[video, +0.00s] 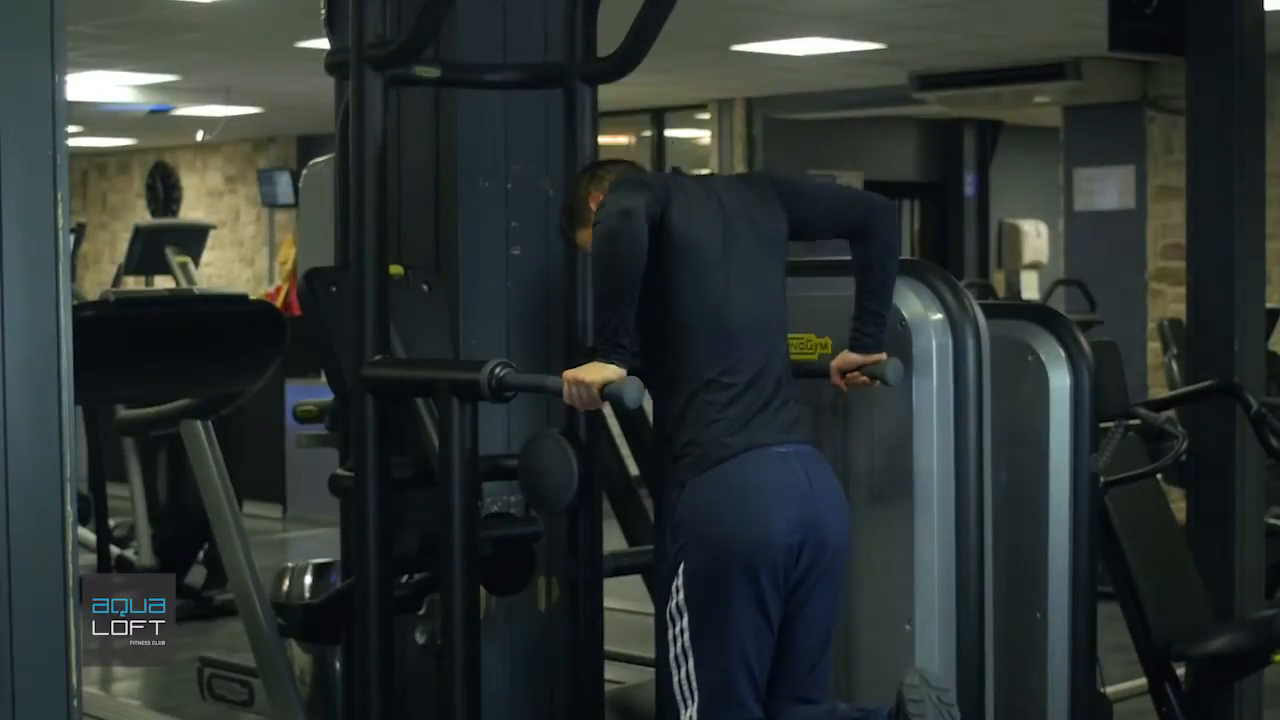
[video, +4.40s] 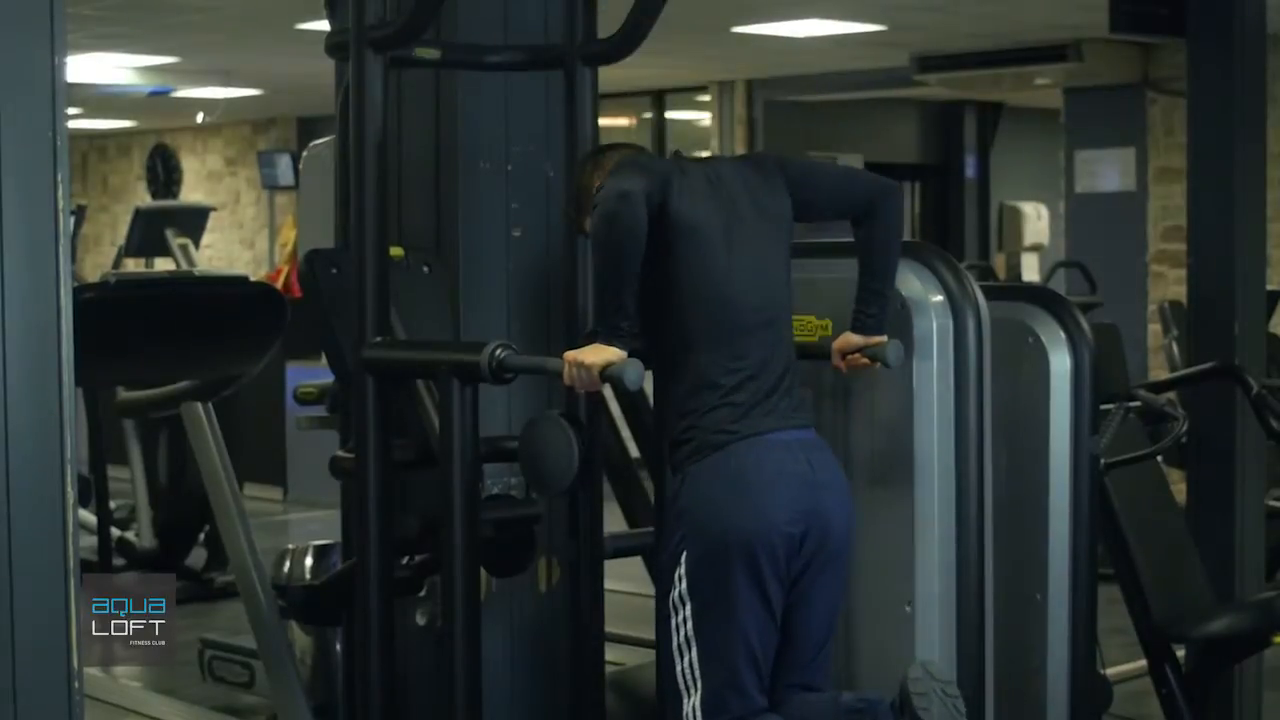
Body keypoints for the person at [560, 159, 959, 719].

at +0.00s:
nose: (591, 244)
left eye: (588, 233)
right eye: (585, 241)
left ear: (601, 200)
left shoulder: (634, 189)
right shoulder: (755, 191)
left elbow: (621, 226)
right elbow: (876, 214)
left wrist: (610, 353)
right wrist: (868, 343)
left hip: (723, 488)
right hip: (808, 472)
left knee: (715, 704)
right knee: (799, 701)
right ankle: (899, 710)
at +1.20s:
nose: (612, 140)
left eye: (604, 124)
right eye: (604, 131)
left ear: (616, 89)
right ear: (673, 72)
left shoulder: (647, 106)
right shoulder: (772, 111)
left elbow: (638, 217)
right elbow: (861, 209)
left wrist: (612, 351)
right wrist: (866, 340)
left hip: (715, 398)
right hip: (804, 386)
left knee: (699, 650)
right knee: (771, 616)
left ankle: (870, 700)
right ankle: (867, 633)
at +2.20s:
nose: (595, 225)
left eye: (591, 215)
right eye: (589, 220)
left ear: (604, 189)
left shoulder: (638, 183)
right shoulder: (759, 184)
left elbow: (619, 224)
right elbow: (877, 210)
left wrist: (613, 348)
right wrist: (870, 338)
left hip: (723, 489)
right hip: (809, 471)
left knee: (714, 704)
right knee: (799, 701)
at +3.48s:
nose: (608, 132)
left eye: (601, 117)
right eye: (600, 125)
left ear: (611, 80)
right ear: (670, 58)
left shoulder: (644, 93)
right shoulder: (772, 99)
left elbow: (634, 202)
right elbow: (861, 196)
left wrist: (613, 340)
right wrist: (867, 328)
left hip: (718, 384)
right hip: (807, 375)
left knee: (704, 639)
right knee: (772, 604)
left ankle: (885, 690)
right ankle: (874, 614)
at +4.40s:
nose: (597, 223)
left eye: (594, 212)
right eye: (591, 220)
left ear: (606, 182)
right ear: (648, 155)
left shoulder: (634, 173)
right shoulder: (761, 172)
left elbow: (622, 209)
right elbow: (880, 197)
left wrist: (610, 334)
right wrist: (868, 325)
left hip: (723, 483)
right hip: (812, 465)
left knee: (722, 706)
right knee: (798, 696)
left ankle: (894, 708)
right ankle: (899, 708)